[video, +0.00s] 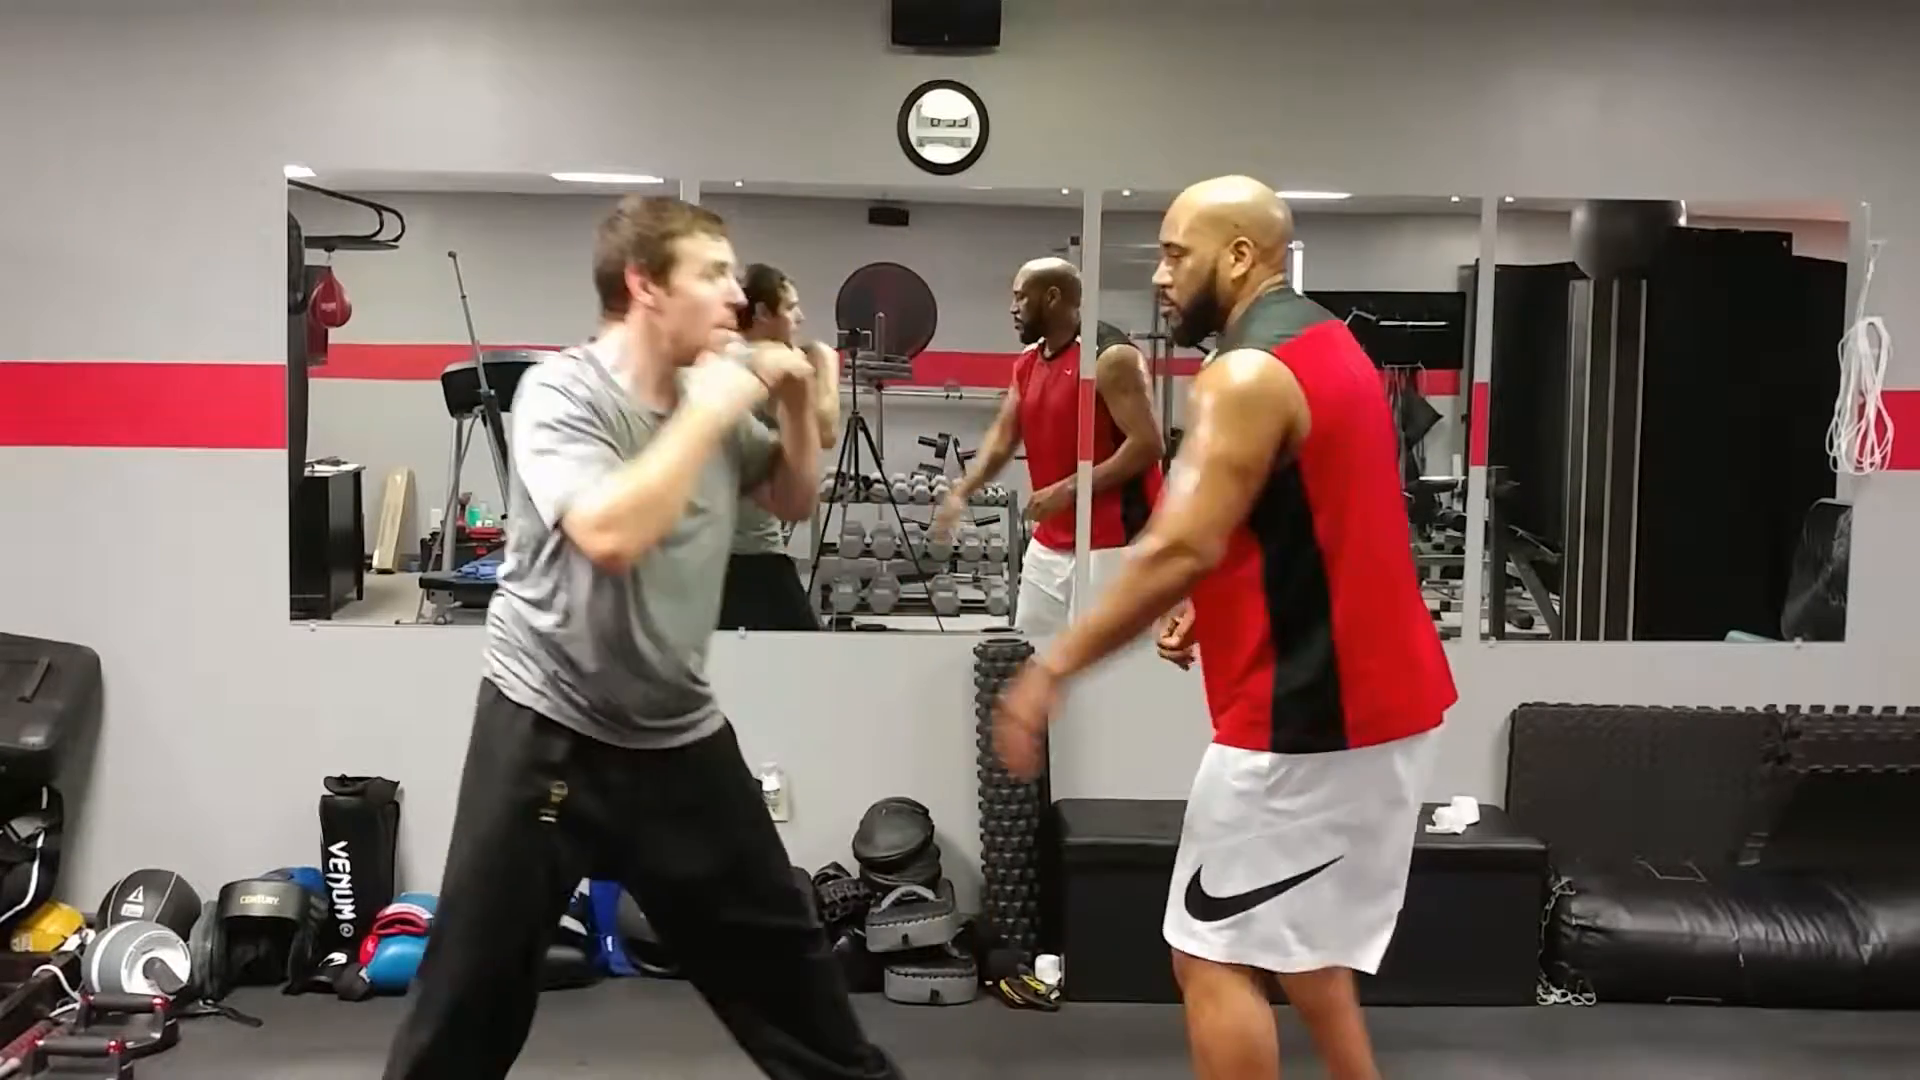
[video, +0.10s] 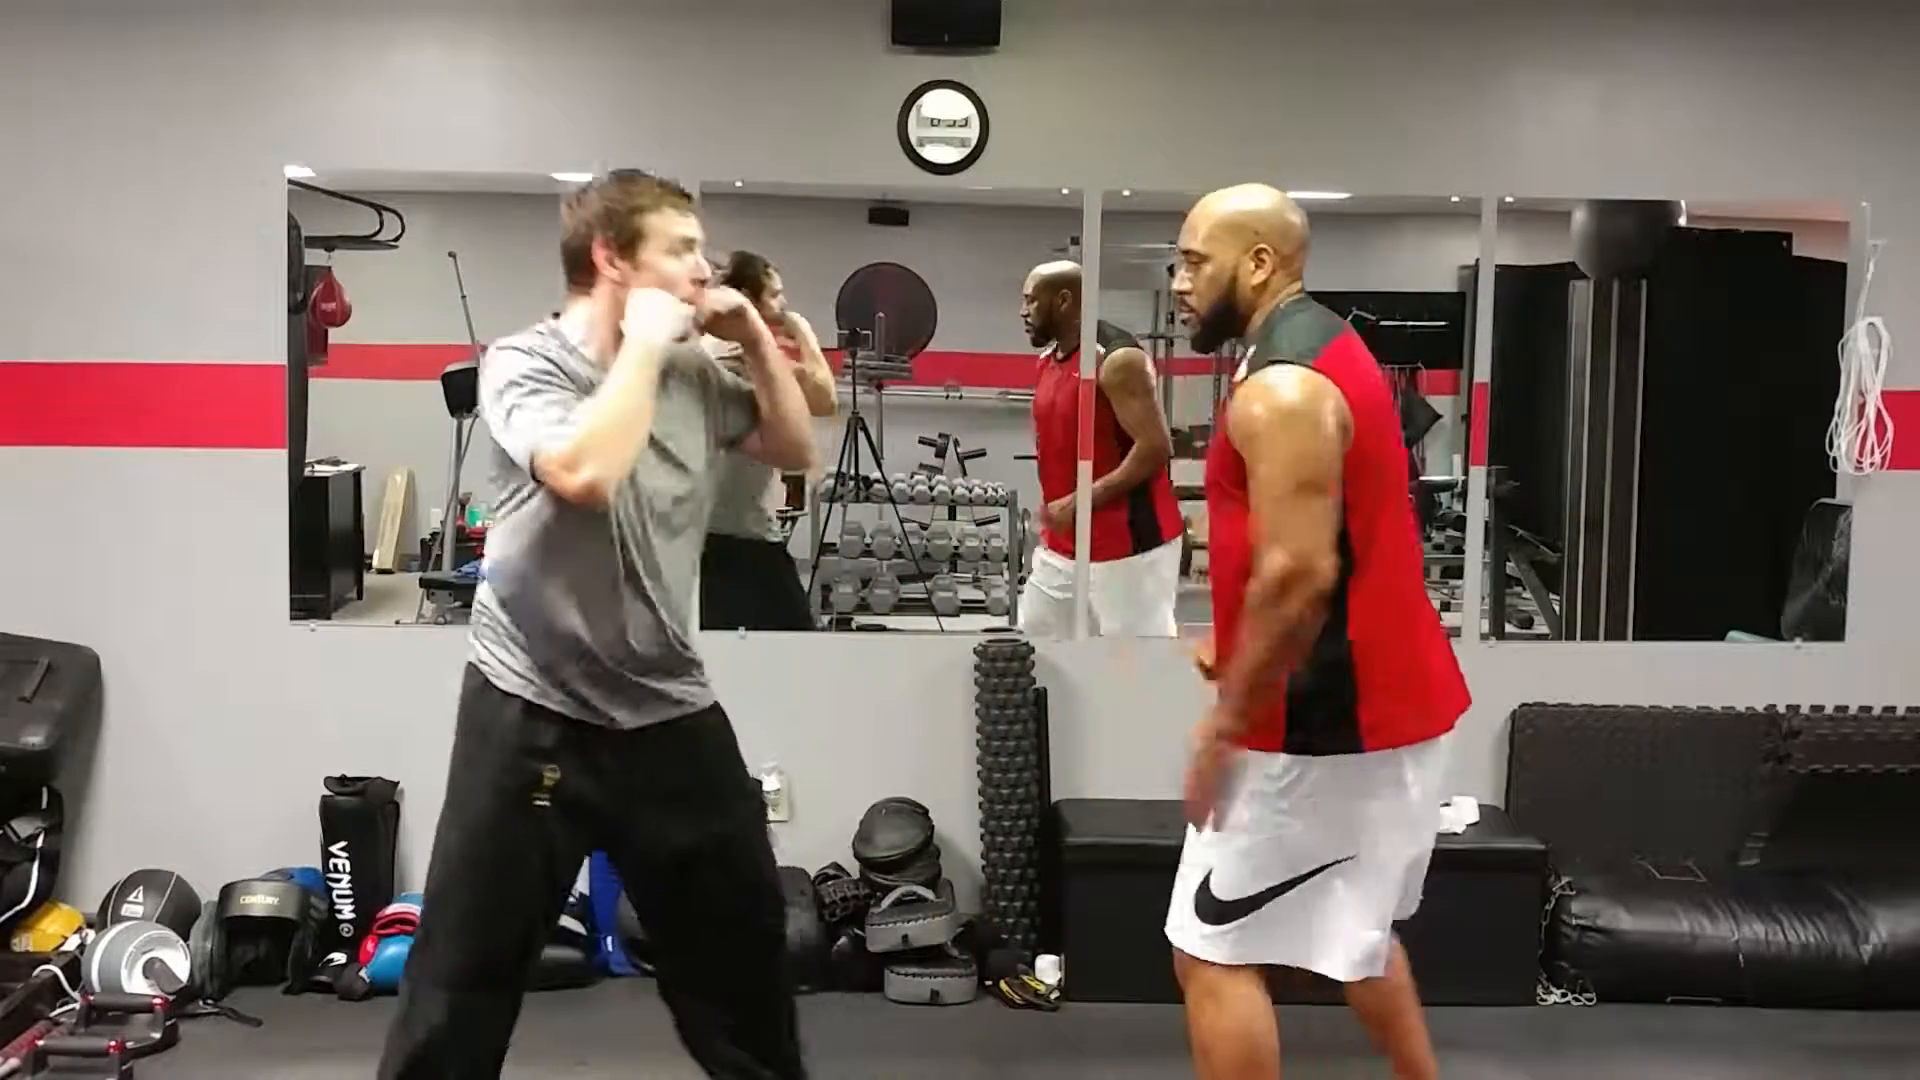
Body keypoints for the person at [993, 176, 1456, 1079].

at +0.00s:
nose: (1159, 275)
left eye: (1175, 256)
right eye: (1161, 256)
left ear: (1241, 257)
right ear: (1256, 260)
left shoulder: (1248, 374)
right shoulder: (1329, 348)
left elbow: (1182, 549)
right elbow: (1314, 518)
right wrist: (1212, 599)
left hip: (1294, 717)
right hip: (1377, 704)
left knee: (1210, 953)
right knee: (1312, 956)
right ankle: (1359, 1076)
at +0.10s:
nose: (1178, 282)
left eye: (1194, 262)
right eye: (1179, 262)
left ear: (1260, 265)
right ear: (1269, 268)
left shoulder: (1284, 383)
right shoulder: (1328, 351)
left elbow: (1298, 576)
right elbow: (1345, 543)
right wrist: (1242, 641)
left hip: (1313, 724)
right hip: (1386, 708)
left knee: (1210, 948)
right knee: (1358, 927)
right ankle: (1421, 1071)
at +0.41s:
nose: (1225, 272)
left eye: (1242, 254)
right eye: (1228, 253)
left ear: (1305, 262)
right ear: (1316, 264)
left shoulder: (1310, 369)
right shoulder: (1365, 344)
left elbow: (1305, 549)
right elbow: (1384, 526)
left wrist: (1245, 626)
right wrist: (1283, 613)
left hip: (1360, 697)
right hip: (1436, 685)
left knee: (1260, 927)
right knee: (1383, 907)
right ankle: (1435, 1071)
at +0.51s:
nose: (1248, 258)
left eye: (1267, 242)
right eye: (1253, 241)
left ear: (1330, 255)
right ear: (1335, 261)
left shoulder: (1319, 333)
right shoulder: (1374, 336)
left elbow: (1164, 421)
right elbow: (1305, 512)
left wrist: (1093, 460)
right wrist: (1224, 614)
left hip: (1355, 693)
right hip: (1438, 683)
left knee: (1275, 939)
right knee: (1391, 913)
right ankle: (1441, 1073)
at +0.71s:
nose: (1291, 241)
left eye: (1314, 228)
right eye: (1295, 226)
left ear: (1374, 246)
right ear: (1378, 252)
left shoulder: (1352, 312)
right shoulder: (1343, 313)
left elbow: (1185, 371)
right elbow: (1194, 322)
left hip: (1317, 662)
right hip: (1388, 664)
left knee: (1134, 872)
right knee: (1357, 913)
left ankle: (1194, 1074)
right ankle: (1429, 1073)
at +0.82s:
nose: (1278, 264)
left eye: (1293, 251)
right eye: (1285, 247)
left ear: (1341, 267)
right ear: (1376, 271)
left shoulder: (1308, 379)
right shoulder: (1415, 351)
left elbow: (1196, 515)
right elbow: (1270, 312)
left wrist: (1157, 367)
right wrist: (1174, 254)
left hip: (1264, 677)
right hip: (1371, 675)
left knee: (1112, 907)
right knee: (1338, 904)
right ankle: (1425, 1072)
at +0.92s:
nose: (1213, 313)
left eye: (1228, 296)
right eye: (1217, 294)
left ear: (1284, 308)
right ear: (1327, 306)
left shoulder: (1247, 426)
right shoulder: (1391, 377)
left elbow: (1097, 512)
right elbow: (1244, 418)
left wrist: (1060, 379)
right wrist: (1129, 390)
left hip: (1241, 737)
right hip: (1353, 726)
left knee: (1106, 953)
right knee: (1306, 921)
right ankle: (1413, 1072)